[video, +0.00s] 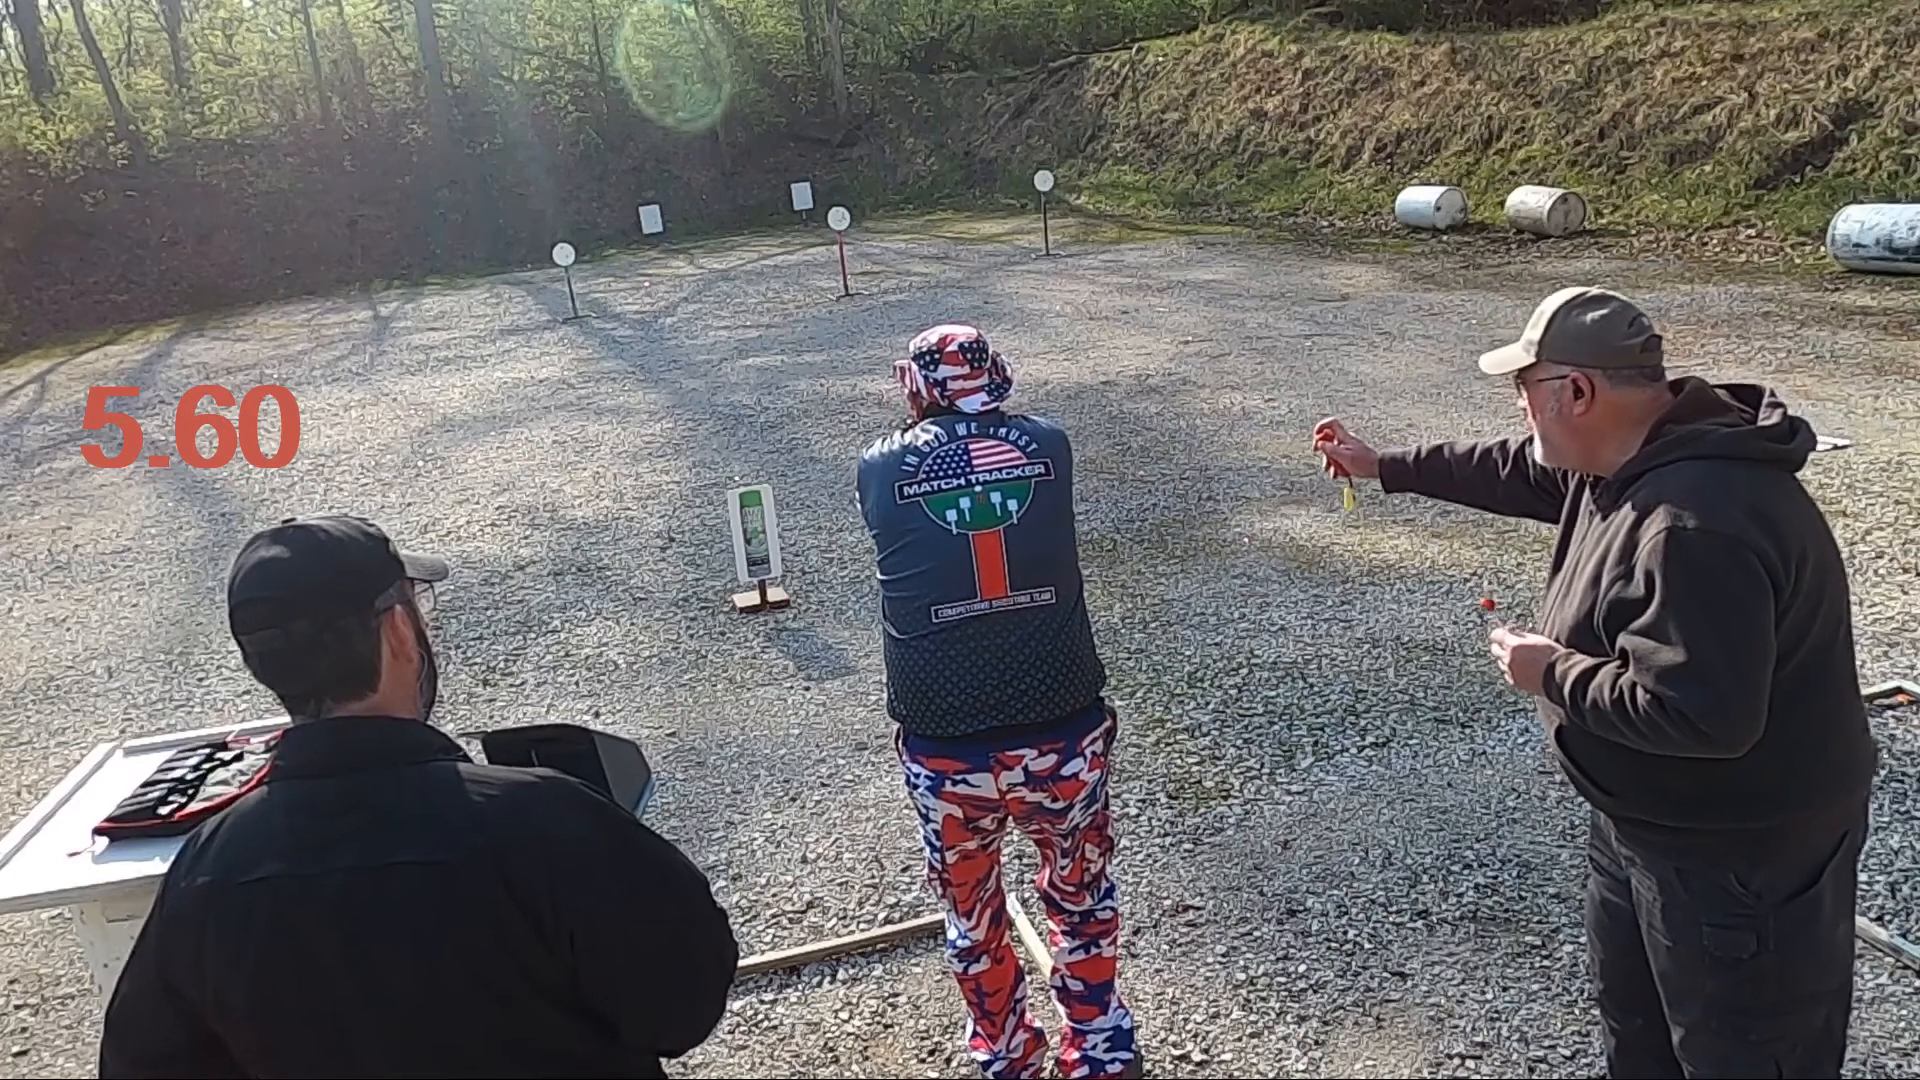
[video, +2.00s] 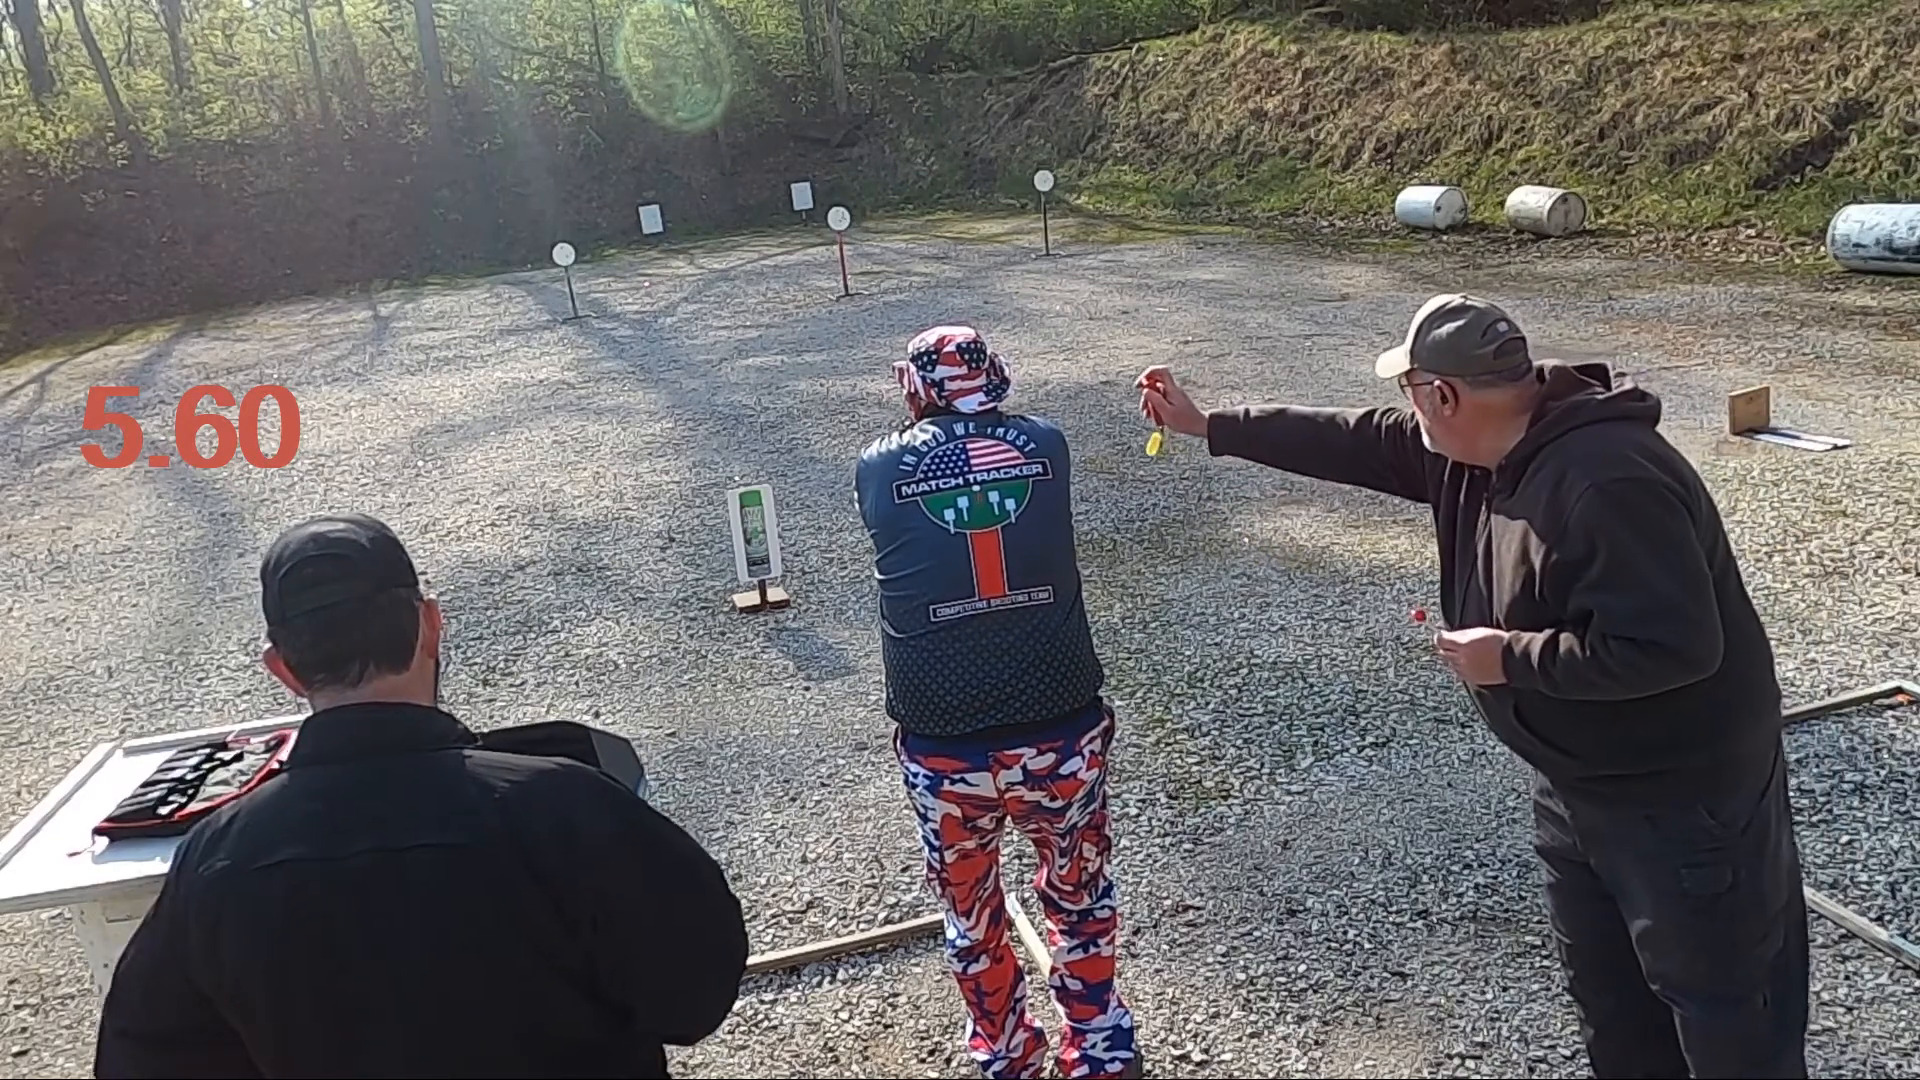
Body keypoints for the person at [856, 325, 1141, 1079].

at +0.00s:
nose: (904, 398)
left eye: (907, 389)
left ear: (916, 396)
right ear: (997, 387)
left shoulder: (879, 470)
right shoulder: (1049, 444)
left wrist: (931, 416)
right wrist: (947, 411)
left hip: (946, 752)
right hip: (1064, 738)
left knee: (973, 908)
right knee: (1082, 898)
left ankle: (1005, 1058)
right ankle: (1102, 1056)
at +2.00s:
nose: (902, 400)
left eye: (905, 391)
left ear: (915, 398)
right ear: (996, 389)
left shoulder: (877, 470)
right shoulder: (1045, 443)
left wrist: (931, 423)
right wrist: (946, 418)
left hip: (944, 749)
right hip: (1062, 736)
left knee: (971, 906)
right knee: (1080, 896)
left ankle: (1005, 1057)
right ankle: (1102, 1056)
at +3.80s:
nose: (944, 377)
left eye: (946, 367)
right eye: (950, 366)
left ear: (954, 379)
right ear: (1028, 370)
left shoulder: (917, 446)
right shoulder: (1079, 419)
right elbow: (1028, 419)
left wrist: (970, 395)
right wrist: (982, 389)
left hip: (985, 726)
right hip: (1105, 714)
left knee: (980, 891)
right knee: (1118, 872)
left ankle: (1000, 1054)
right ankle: (1106, 1039)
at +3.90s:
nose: (981, 380)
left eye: (979, 369)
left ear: (978, 378)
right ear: (1056, 368)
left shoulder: (939, 446)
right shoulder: (1101, 419)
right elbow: (1053, 419)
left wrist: (993, 396)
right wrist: (1012, 391)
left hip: (1005, 725)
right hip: (1126, 711)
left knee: (995, 892)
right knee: (1172, 847)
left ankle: (1001, 1055)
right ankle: (1176, 1025)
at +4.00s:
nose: (1077, 392)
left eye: (1015, 379)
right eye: (1081, 379)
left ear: (1010, 389)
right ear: (1088, 383)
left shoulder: (970, 460)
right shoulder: (1131, 433)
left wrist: (1032, 410)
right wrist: (1051, 406)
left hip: (1032, 736)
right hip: (1155, 721)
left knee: (1008, 887)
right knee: (1236, 844)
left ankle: (1002, 1052)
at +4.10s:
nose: (1131, 402)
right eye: (1133, 390)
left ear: (1063, 400)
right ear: (1139, 395)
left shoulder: (1019, 469)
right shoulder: (1180, 447)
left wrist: (1084, 416)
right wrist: (1095, 418)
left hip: (1063, 743)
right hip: (1190, 733)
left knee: (1028, 888)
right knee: (1293, 838)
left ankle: (1004, 1051)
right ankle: (1394, 966)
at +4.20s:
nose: (1210, 392)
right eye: (1213, 380)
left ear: (1143, 387)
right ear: (1220, 387)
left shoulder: (1097, 453)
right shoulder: (1257, 441)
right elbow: (1202, 443)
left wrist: (1161, 403)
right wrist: (1170, 404)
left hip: (1119, 733)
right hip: (1245, 731)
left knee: (1065, 880)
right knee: (1344, 826)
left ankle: (1013, 1052)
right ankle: (1434, 957)